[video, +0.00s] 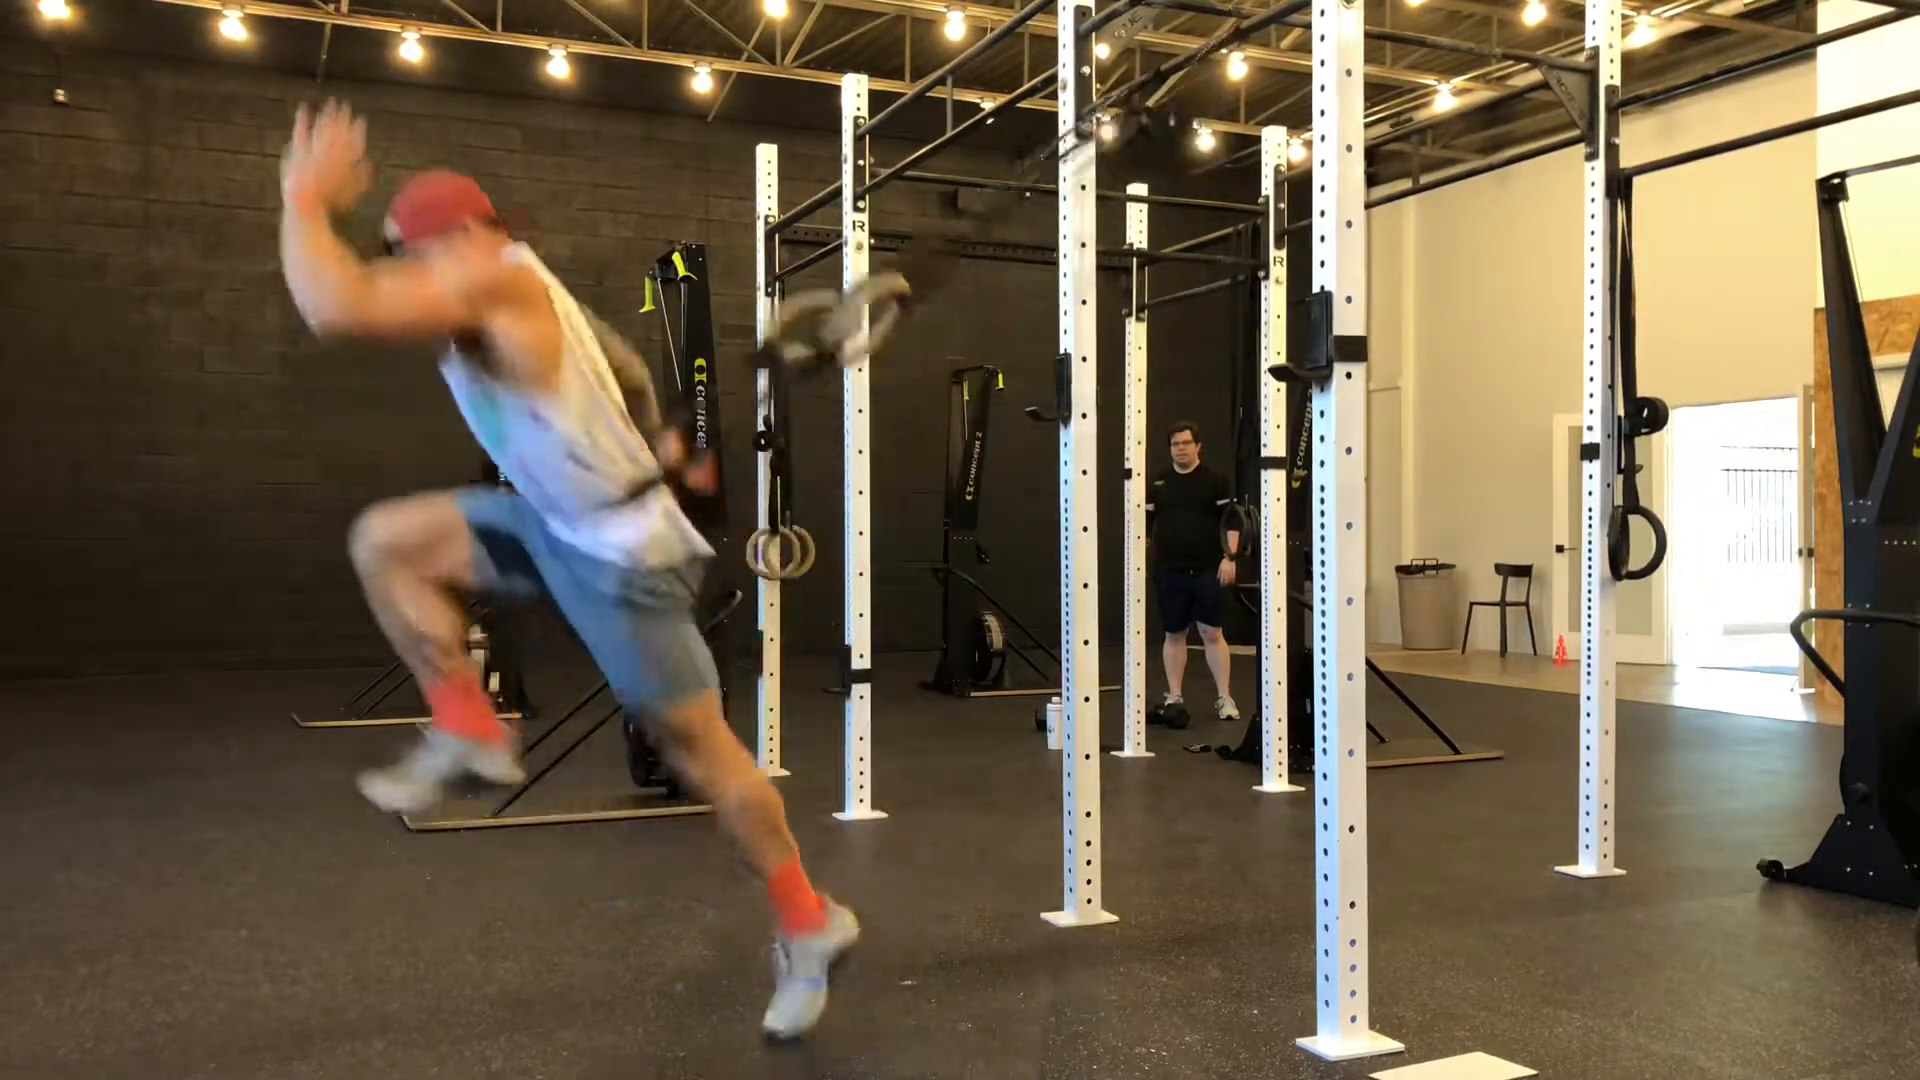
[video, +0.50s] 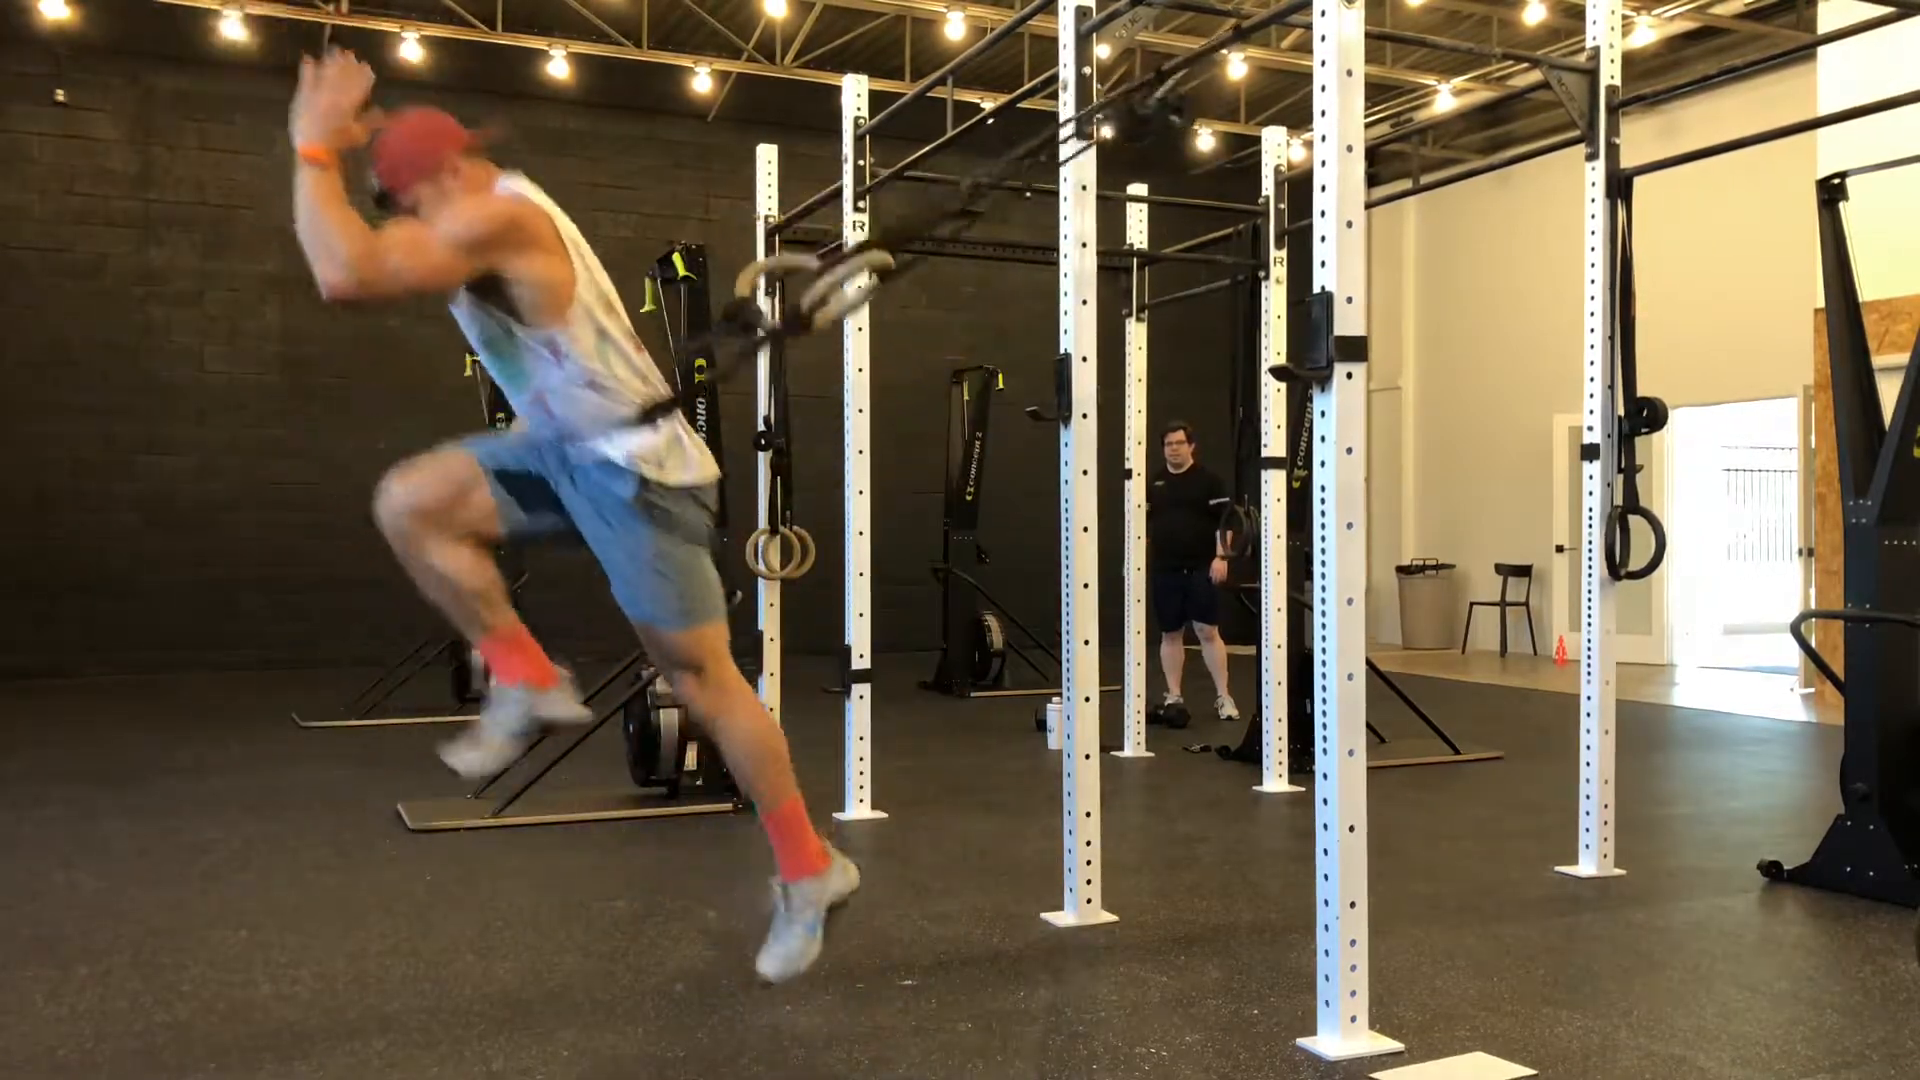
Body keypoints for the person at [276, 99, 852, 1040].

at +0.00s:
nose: (415, 268)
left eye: (420, 250)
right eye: (408, 254)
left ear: (464, 232)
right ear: (457, 232)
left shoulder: (496, 270)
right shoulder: (487, 289)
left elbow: (339, 303)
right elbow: (621, 368)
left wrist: (304, 199)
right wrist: (662, 443)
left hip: (620, 548)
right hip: (550, 520)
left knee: (701, 743)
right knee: (385, 537)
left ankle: (810, 923)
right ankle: (471, 735)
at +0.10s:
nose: (357, 166)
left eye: (360, 148)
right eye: (351, 153)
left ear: (405, 122)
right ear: (404, 122)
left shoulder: (445, 166)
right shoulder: (453, 178)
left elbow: (275, 187)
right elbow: (584, 264)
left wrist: (266, 71)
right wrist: (623, 355)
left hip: (565, 439)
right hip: (496, 419)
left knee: (639, 648)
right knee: (325, 433)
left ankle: (758, 829)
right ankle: (387, 641)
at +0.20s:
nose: (334, 115)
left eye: (337, 97)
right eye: (327, 103)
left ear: (379, 69)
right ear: (391, 66)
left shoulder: (416, 111)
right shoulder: (429, 114)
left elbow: (255, 154)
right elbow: (560, 234)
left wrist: (230, 48)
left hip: (550, 383)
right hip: (488, 368)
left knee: (618, 606)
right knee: (312, 375)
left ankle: (725, 795)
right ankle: (368, 586)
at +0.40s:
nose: (361, 141)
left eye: (361, 125)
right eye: (354, 129)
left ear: (389, 101)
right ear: (402, 92)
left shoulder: (457, 139)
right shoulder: (431, 134)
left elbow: (290, 188)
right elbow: (305, 186)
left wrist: (260, 69)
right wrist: (286, 62)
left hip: (588, 394)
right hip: (516, 381)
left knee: (657, 618)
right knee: (350, 406)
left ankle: (771, 803)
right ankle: (432, 608)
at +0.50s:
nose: (412, 216)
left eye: (413, 198)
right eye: (403, 205)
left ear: (453, 169)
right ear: (443, 172)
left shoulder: (501, 213)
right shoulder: (475, 214)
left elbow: (347, 270)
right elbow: (364, 261)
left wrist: (313, 146)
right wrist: (329, 150)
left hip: (638, 463)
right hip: (561, 448)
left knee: (704, 677)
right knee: (411, 502)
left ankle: (809, 868)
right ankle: (526, 680)